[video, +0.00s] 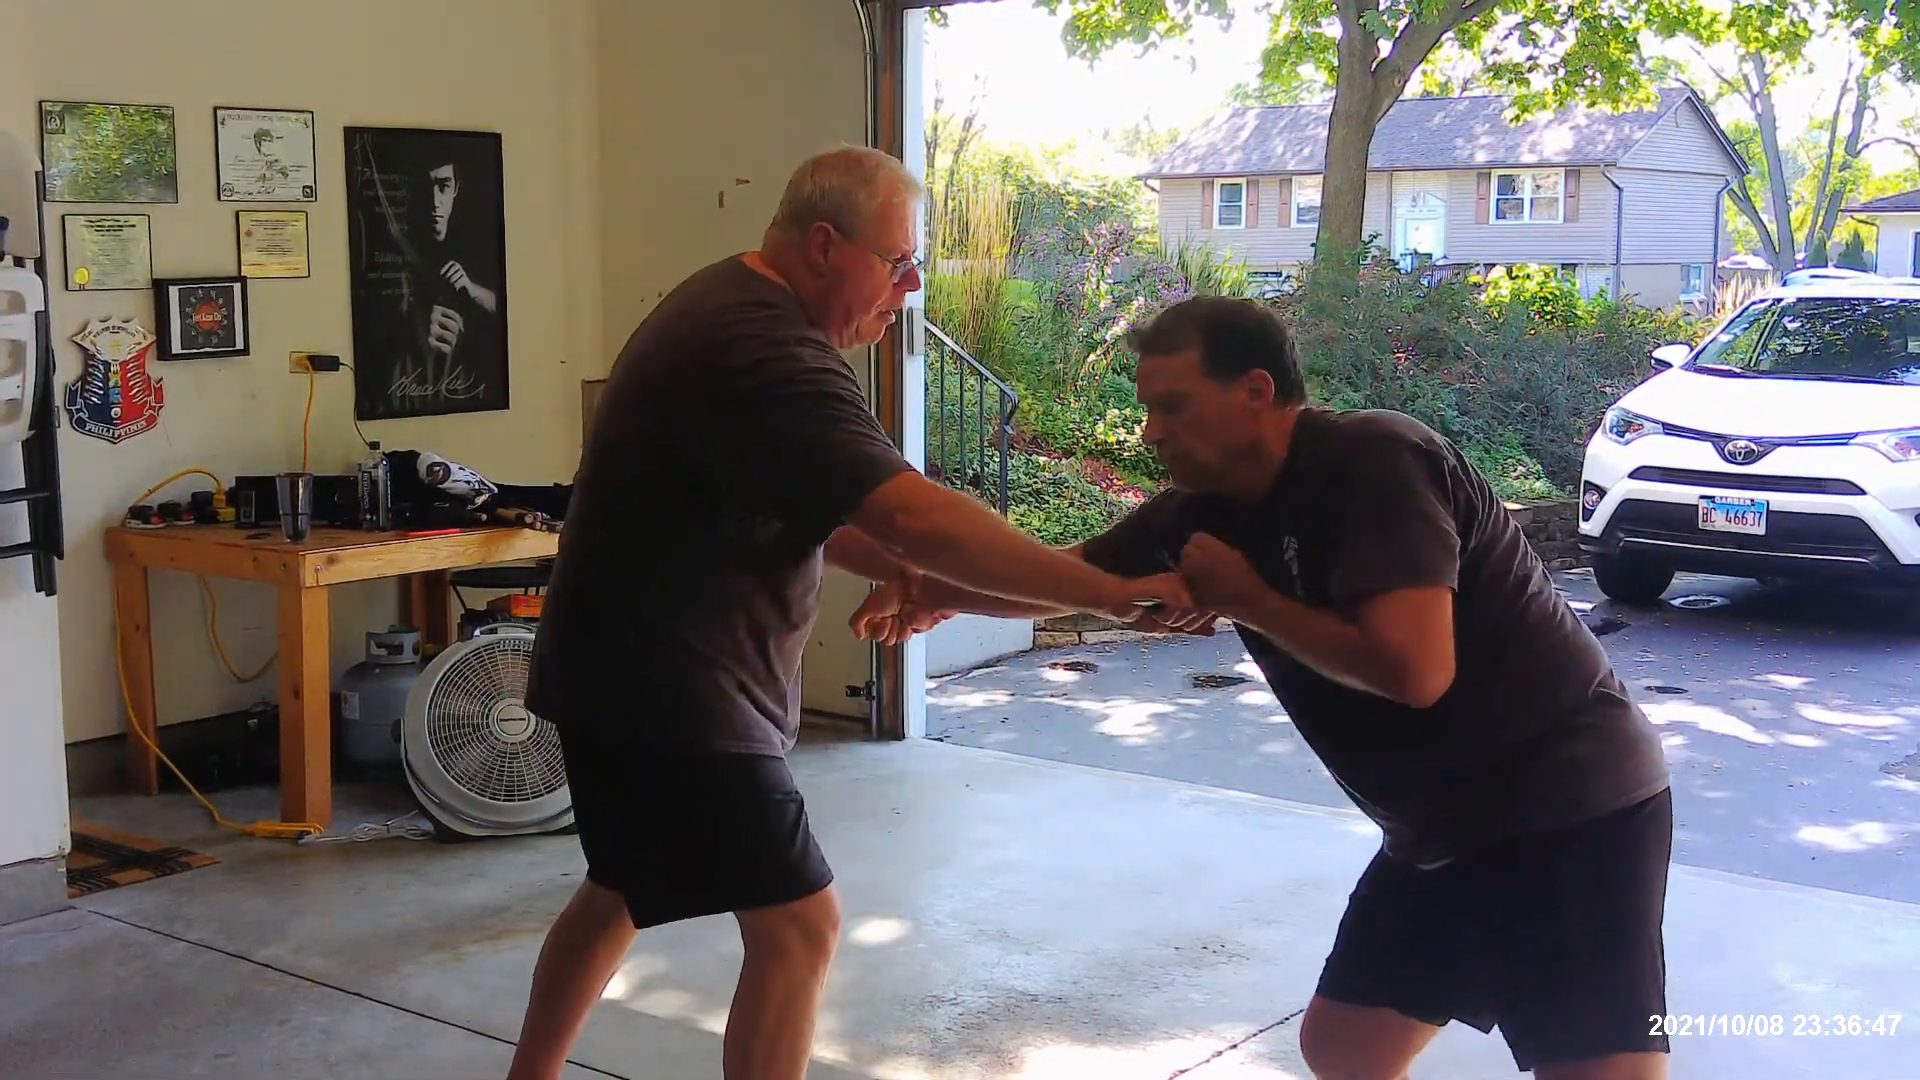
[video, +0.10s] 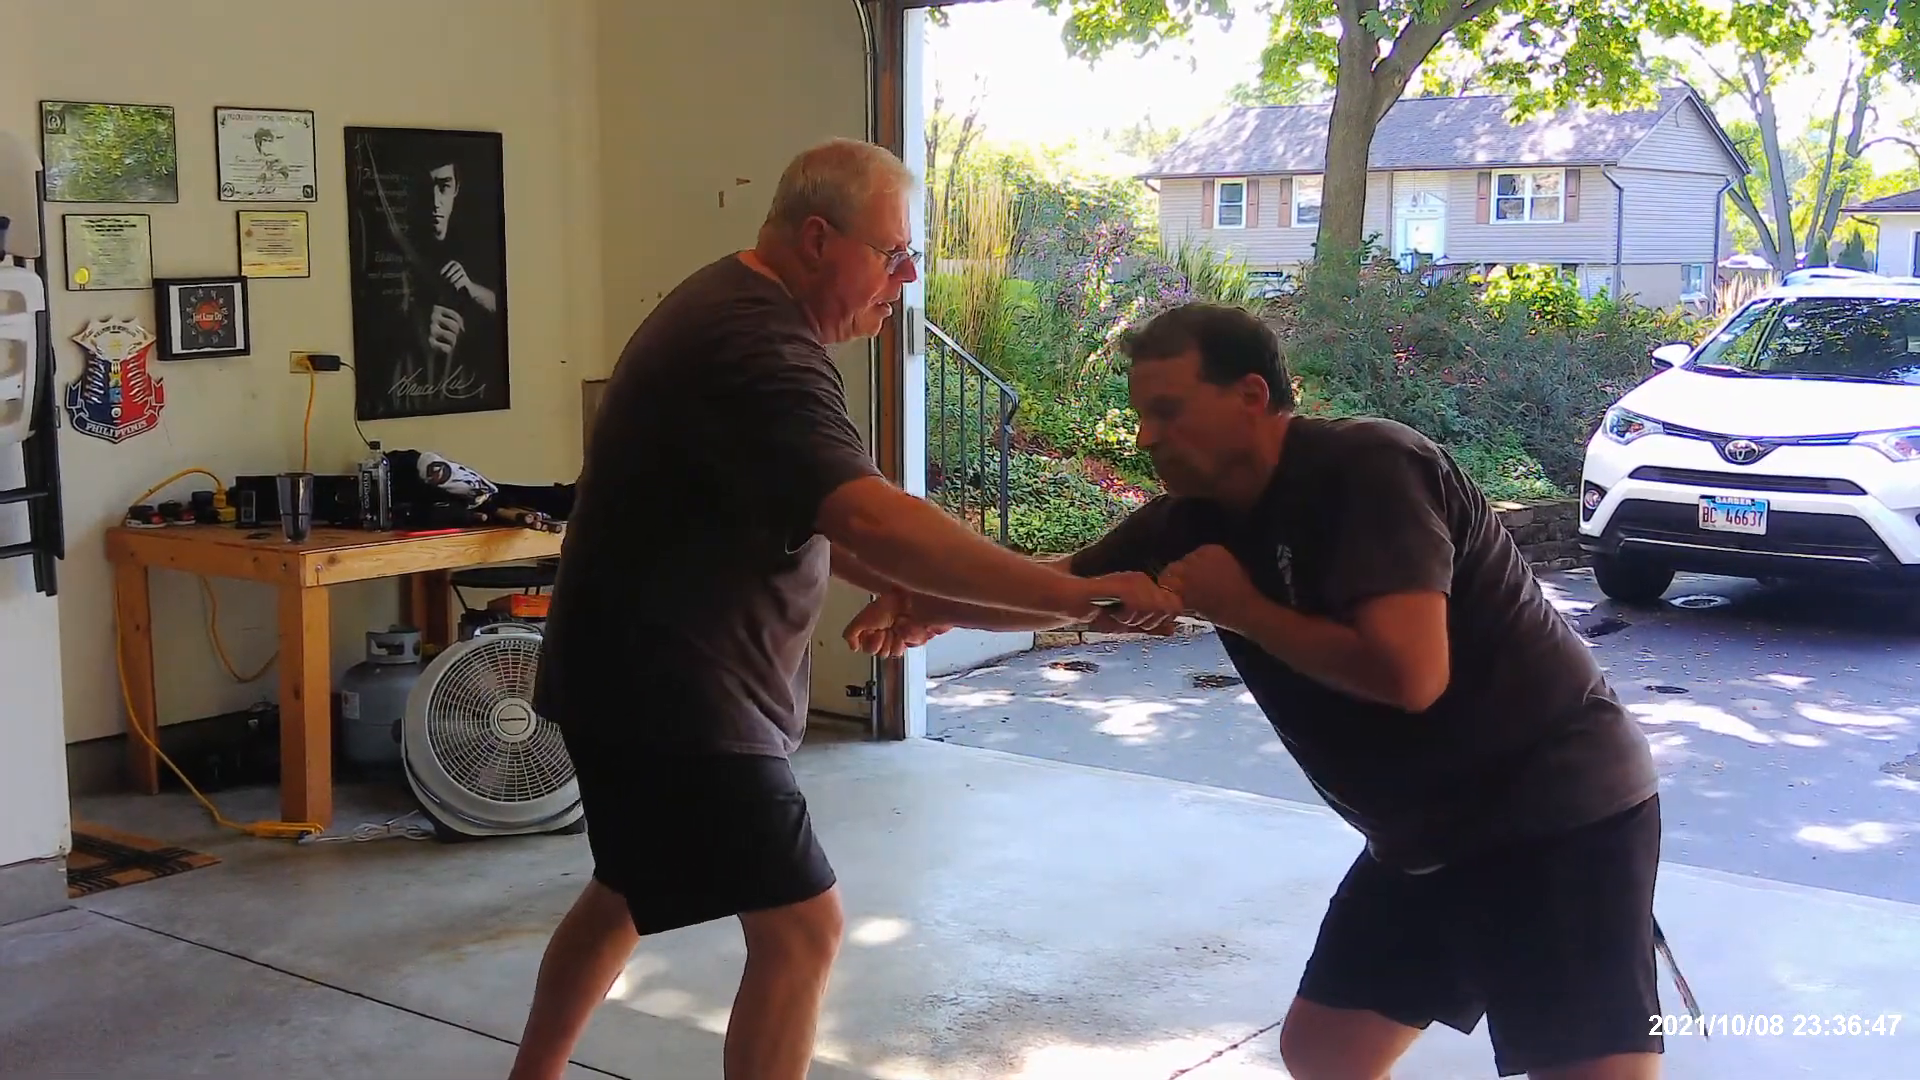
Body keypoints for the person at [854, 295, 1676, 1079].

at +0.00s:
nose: (1154, 431)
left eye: (1169, 406)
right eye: (1147, 409)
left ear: (1258, 396)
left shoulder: (1378, 468)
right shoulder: (1206, 512)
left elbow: (1412, 669)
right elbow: (1077, 581)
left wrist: (1250, 599)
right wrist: (953, 589)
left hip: (1579, 805)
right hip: (1439, 822)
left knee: (1600, 1065)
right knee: (1343, 1046)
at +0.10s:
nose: (1146, 436)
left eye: (1164, 411)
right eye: (1140, 415)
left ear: (1254, 401)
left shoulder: (1371, 474)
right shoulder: (1195, 519)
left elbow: (1407, 670)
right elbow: (1069, 585)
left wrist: (1239, 607)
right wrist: (947, 601)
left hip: (1565, 813)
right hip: (1423, 831)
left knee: (1594, 1065)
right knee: (1323, 1049)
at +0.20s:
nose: (1146, 425)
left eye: (1166, 400)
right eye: (1138, 404)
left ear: (1255, 389)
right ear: (1153, 408)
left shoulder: (1372, 467)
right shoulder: (1191, 506)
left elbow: (1408, 660)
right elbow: (1069, 579)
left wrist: (1244, 600)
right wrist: (936, 609)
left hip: (1553, 807)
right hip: (1408, 827)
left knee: (1584, 1062)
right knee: (1315, 1047)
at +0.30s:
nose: (1150, 409)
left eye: (1170, 382)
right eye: (1143, 387)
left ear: (1257, 370)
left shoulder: (1375, 447)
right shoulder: (1189, 494)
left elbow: (1413, 641)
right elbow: (1044, 571)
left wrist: (1246, 583)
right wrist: (899, 612)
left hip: (1540, 798)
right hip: (1395, 819)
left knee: (1565, 1067)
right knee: (1309, 1048)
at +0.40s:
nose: (1156, 393)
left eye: (1177, 367)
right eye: (1149, 372)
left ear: (1264, 359)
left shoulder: (1379, 435)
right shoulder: (1181, 487)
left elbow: (1417, 626)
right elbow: (1046, 560)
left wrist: (1250, 568)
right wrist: (932, 594)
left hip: (1532, 797)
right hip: (1388, 821)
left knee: (1556, 1065)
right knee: (1304, 1045)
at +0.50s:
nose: (1163, 381)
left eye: (1182, 355)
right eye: (1156, 361)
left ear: (1273, 343)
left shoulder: (1383, 429)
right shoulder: (1188, 480)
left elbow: (1415, 618)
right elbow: (1054, 566)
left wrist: (1252, 559)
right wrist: (924, 609)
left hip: (1525, 796)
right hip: (1382, 815)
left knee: (1549, 1065)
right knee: (1305, 1045)